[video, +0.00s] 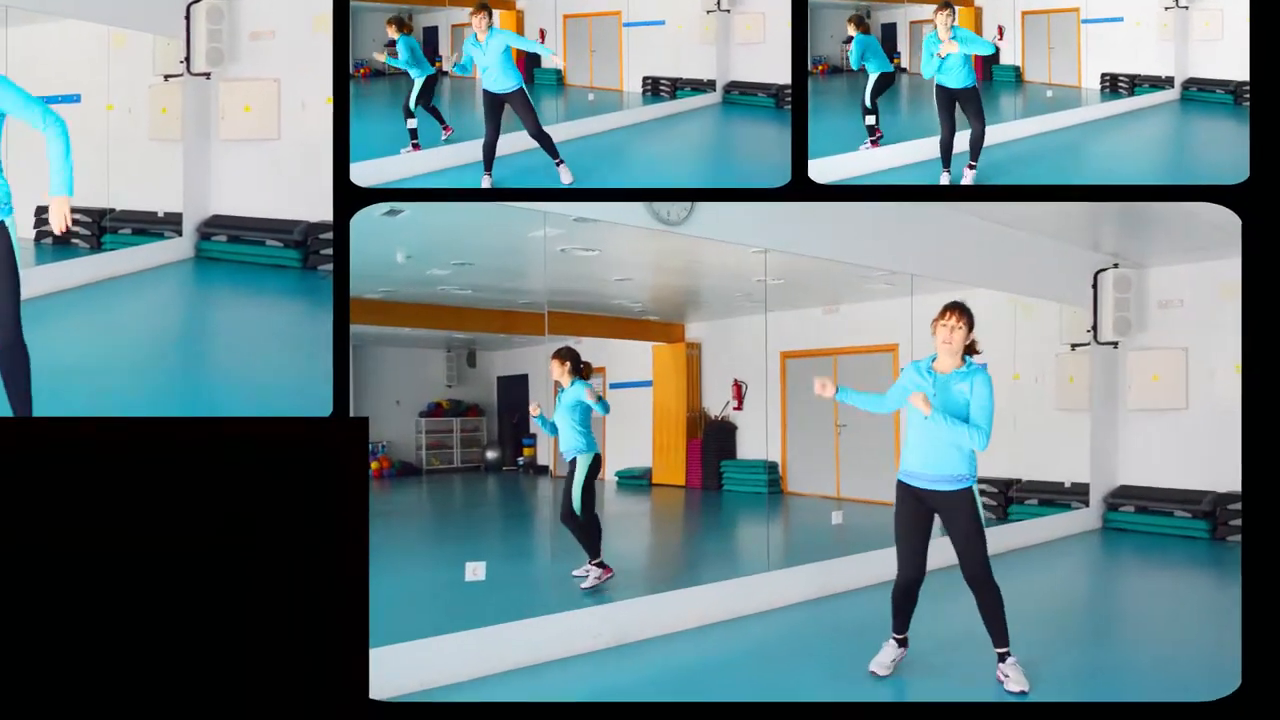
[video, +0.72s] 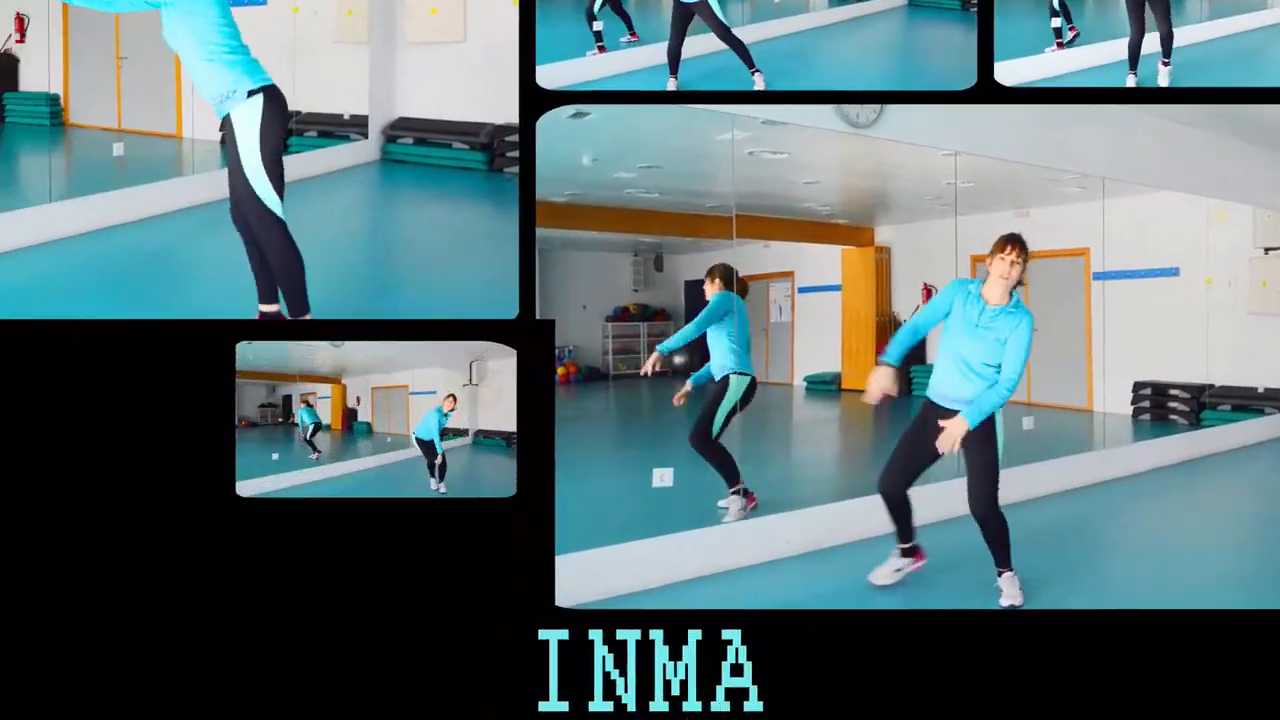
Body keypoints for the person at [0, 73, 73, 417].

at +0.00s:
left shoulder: (1, 88)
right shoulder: (4, 89)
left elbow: (53, 123)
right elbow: (53, 124)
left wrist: (60, 195)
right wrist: (59, 197)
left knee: (7, 335)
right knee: (7, 335)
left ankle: (23, 415)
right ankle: (23, 413)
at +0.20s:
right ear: (7, 48)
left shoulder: (16, 82)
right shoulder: (12, 83)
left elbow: (76, 126)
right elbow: (76, 125)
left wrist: (51, 186)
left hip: (20, 217)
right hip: (3, 220)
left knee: (23, 331)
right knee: (5, 331)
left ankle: (76, 409)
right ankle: (69, 404)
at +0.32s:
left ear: (13, 55)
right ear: (15, 56)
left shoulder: (41, 102)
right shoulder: (23, 106)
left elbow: (81, 164)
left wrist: (19, 199)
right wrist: (16, 199)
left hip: (68, 229)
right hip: (52, 231)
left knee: (47, 339)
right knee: (43, 337)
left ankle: (110, 406)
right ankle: (105, 404)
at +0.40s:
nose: (6, 50)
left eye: (10, 39)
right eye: (5, 41)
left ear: (36, 37)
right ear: (35, 39)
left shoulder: (60, 77)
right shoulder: (49, 80)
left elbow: (68, 144)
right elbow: (55, 150)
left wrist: (9, 150)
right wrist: (17, 159)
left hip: (98, 204)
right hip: (82, 205)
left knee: (81, 313)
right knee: (75, 312)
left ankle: (130, 388)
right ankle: (129, 386)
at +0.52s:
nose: (45, 4)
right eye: (45, 1)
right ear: (66, 0)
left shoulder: (95, 12)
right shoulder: (86, 27)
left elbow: (55, 63)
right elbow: (72, 90)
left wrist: (5, 54)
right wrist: (25, 74)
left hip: (148, 141)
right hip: (135, 144)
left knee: (150, 256)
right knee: (146, 255)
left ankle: (162, 357)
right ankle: (164, 355)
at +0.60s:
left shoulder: (132, 3)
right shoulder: (117, 13)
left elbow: (64, 20)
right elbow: (77, 49)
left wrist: (8, 12)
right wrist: (26, 27)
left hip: (190, 114)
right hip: (179, 116)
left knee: (192, 230)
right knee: (188, 230)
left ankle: (205, 337)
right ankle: (195, 330)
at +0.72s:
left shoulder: (189, 1)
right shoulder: (172, 4)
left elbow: (113, 4)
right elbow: (112, 4)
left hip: (254, 105)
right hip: (238, 111)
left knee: (265, 216)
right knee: (245, 215)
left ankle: (301, 318)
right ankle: (270, 313)